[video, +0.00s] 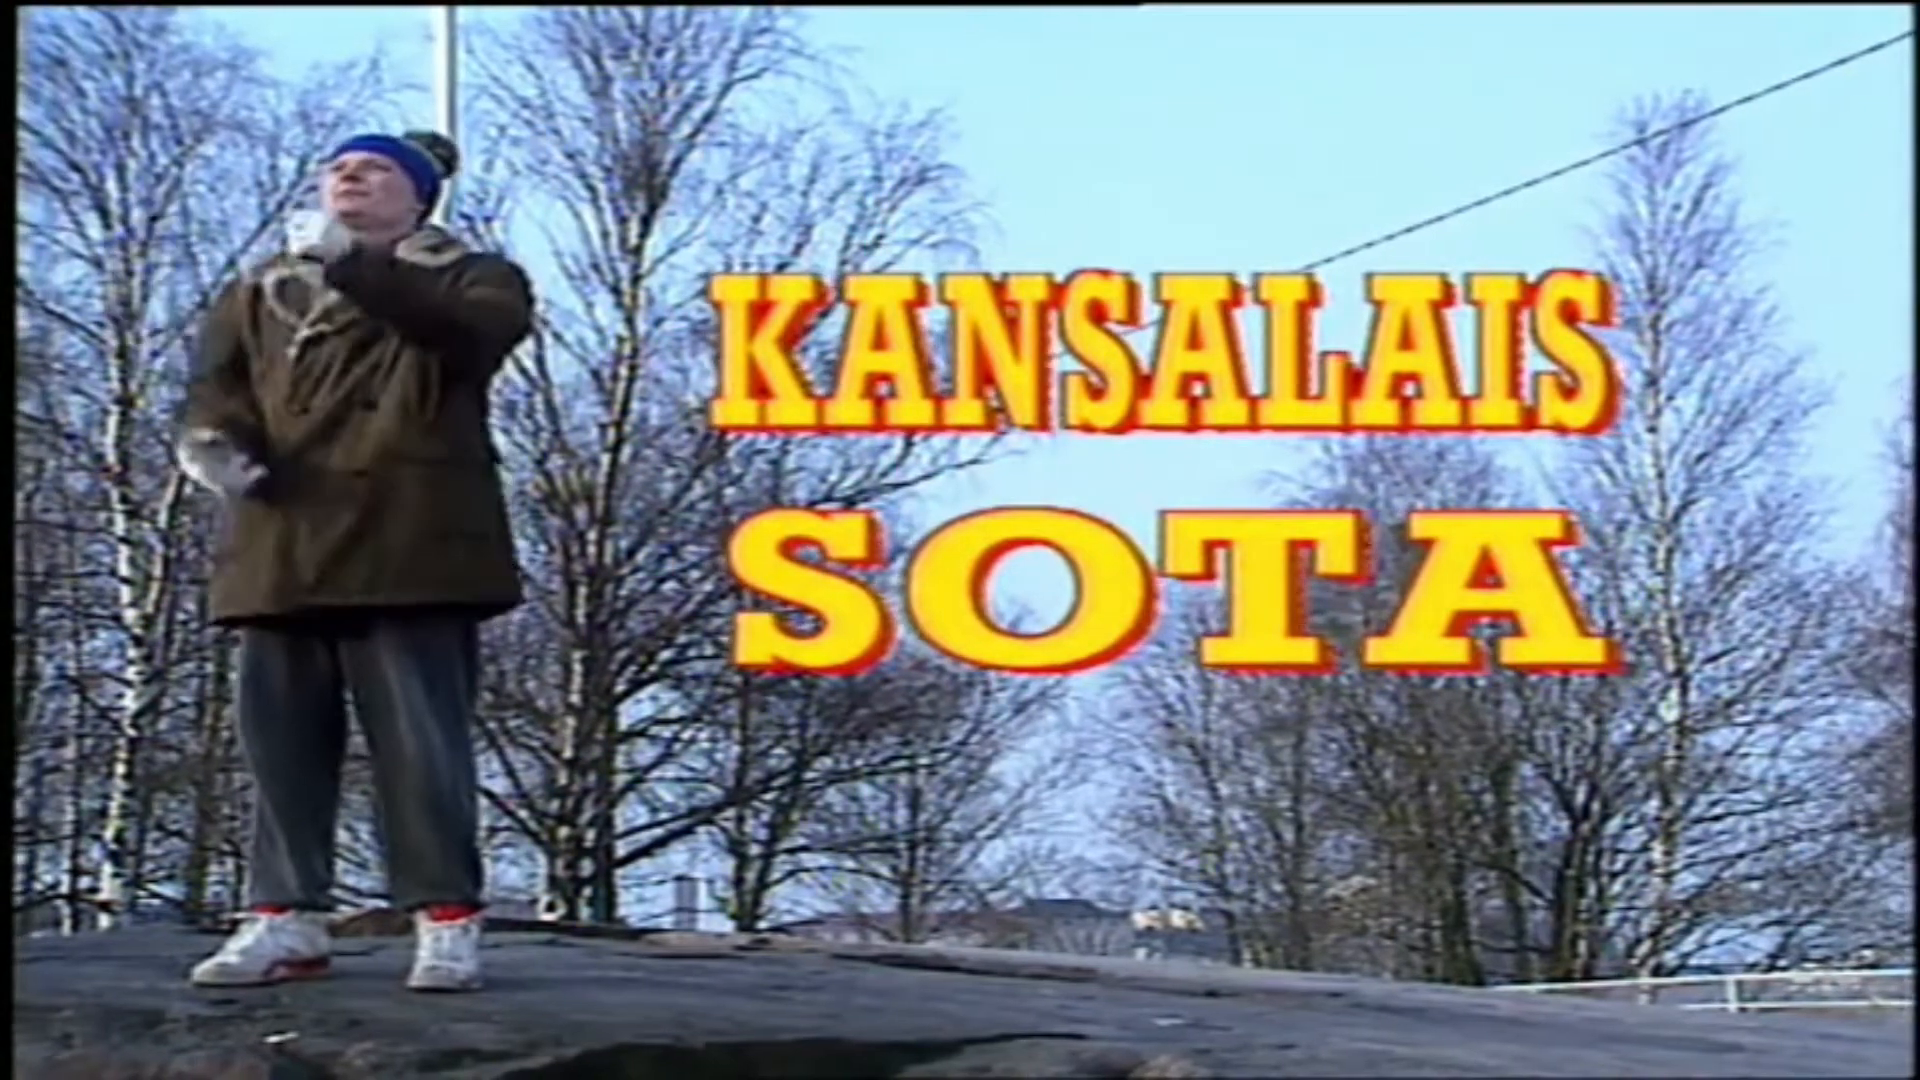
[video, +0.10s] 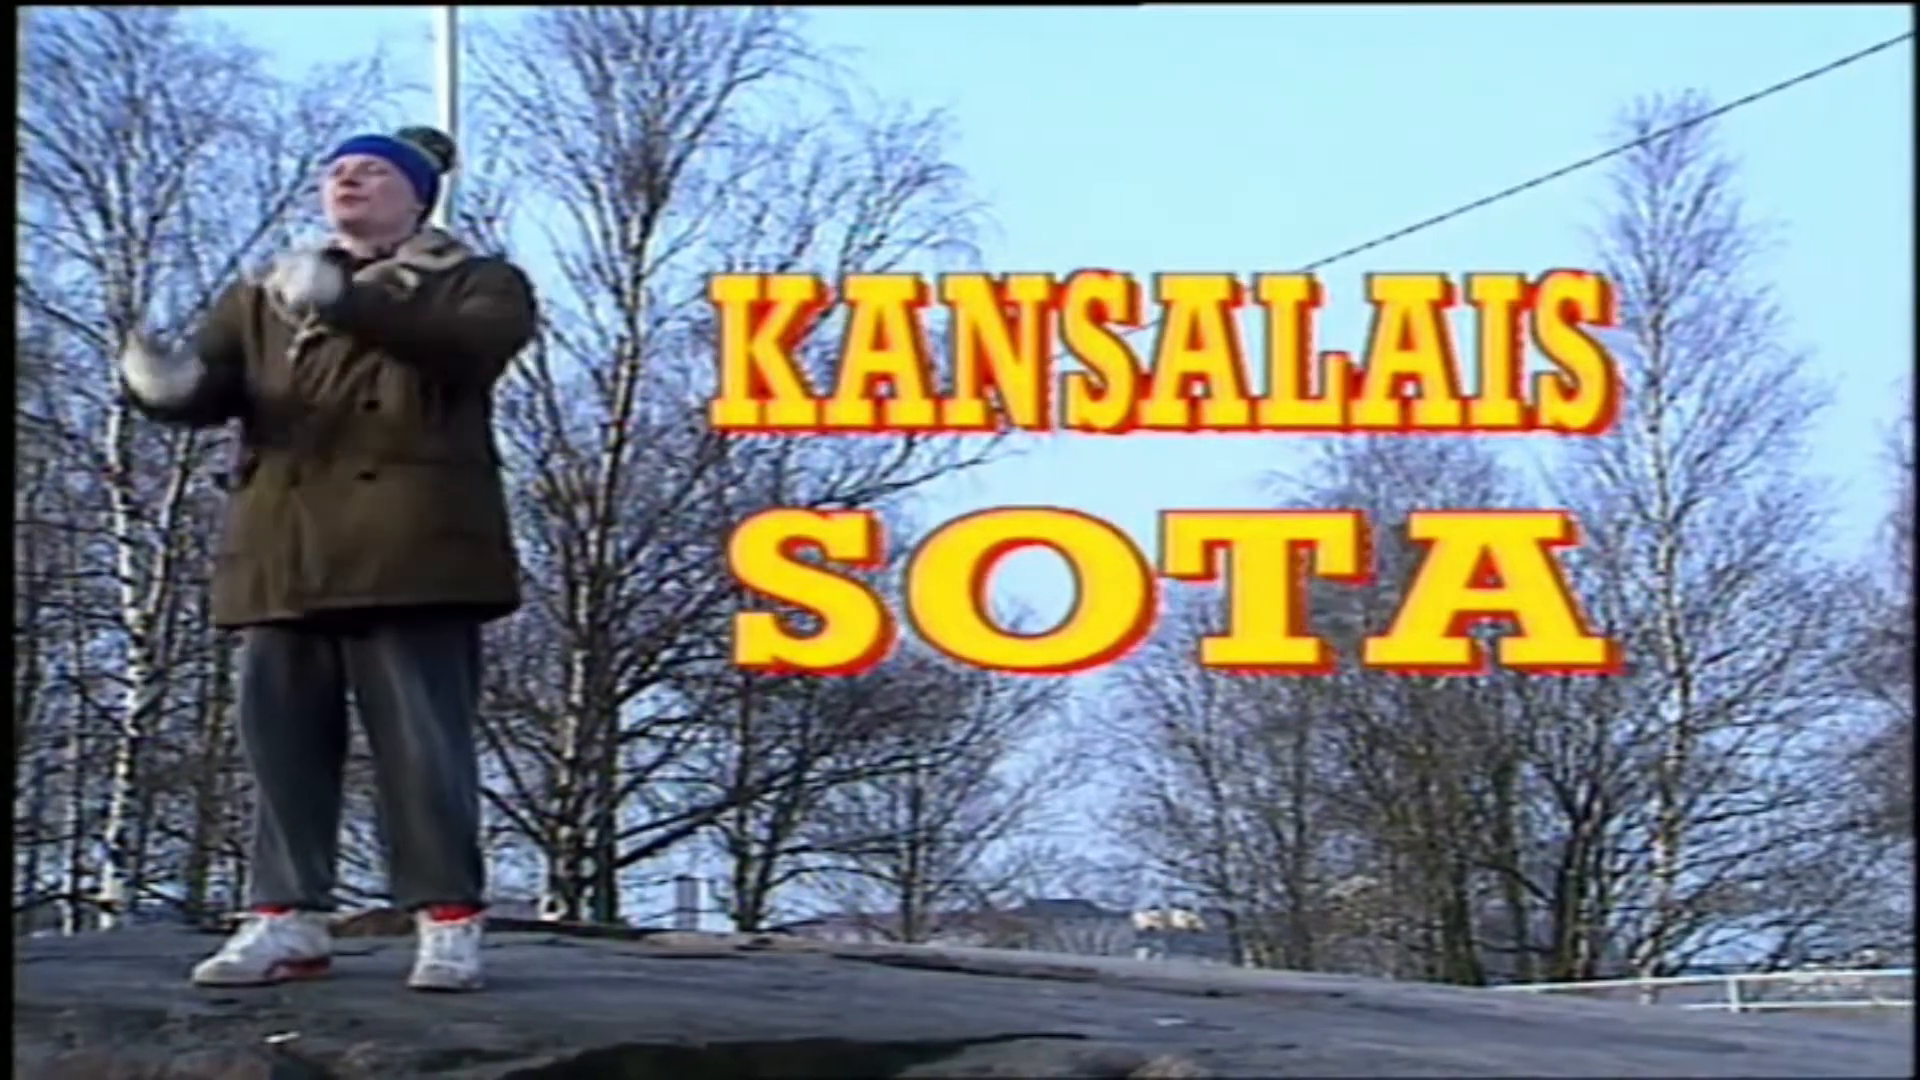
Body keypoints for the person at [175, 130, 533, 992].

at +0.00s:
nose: (349, 178)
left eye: (373, 170)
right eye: (337, 169)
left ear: (420, 198)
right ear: (319, 196)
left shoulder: (459, 269)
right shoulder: (263, 291)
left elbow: (495, 317)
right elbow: (210, 394)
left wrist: (360, 263)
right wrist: (219, 452)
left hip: (413, 545)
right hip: (284, 549)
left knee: (421, 741)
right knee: (280, 741)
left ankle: (446, 919)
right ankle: (290, 918)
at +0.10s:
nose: (345, 185)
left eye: (367, 174)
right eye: (335, 176)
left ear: (419, 195)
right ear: (319, 201)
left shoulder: (473, 276)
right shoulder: (270, 288)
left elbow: (480, 336)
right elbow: (214, 372)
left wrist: (349, 297)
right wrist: (173, 383)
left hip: (413, 549)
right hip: (281, 551)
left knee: (422, 740)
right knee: (279, 738)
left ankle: (448, 920)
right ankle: (291, 917)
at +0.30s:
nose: (342, 174)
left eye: (366, 164)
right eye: (332, 170)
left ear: (417, 194)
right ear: (317, 202)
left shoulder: (480, 284)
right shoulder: (275, 290)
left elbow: (475, 389)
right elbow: (158, 328)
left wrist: (368, 427)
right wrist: (145, 233)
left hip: (415, 562)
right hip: (284, 564)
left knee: (427, 748)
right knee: (286, 745)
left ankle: (450, 921)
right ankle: (293, 918)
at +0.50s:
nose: (345, 179)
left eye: (368, 169)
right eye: (335, 172)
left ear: (421, 197)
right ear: (322, 201)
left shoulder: (481, 285)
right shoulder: (281, 286)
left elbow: (472, 367)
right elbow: (198, 376)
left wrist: (343, 351)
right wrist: (170, 321)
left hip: (417, 558)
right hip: (285, 556)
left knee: (427, 745)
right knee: (286, 743)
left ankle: (452, 919)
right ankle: (293, 918)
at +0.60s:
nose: (349, 178)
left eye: (374, 168)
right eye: (339, 170)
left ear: (425, 199)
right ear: (324, 199)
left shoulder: (483, 282)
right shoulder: (278, 282)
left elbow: (472, 354)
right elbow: (209, 355)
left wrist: (342, 306)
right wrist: (207, 387)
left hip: (419, 558)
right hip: (286, 557)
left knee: (429, 747)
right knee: (285, 746)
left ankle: (451, 920)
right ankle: (295, 918)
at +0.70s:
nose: (356, 171)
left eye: (382, 164)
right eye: (344, 166)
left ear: (429, 201)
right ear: (322, 197)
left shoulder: (468, 272)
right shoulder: (267, 288)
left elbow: (497, 312)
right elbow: (205, 383)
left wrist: (348, 252)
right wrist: (223, 409)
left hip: (421, 549)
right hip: (288, 555)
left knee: (429, 742)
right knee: (284, 741)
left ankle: (453, 920)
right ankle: (297, 918)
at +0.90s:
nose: (360, 173)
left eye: (386, 165)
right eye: (352, 169)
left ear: (440, 203)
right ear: (336, 206)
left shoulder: (485, 276)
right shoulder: (278, 286)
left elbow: (482, 341)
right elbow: (197, 396)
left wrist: (350, 288)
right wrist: (195, 371)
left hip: (421, 553)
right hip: (290, 556)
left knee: (430, 743)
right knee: (289, 743)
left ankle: (456, 919)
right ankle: (300, 918)